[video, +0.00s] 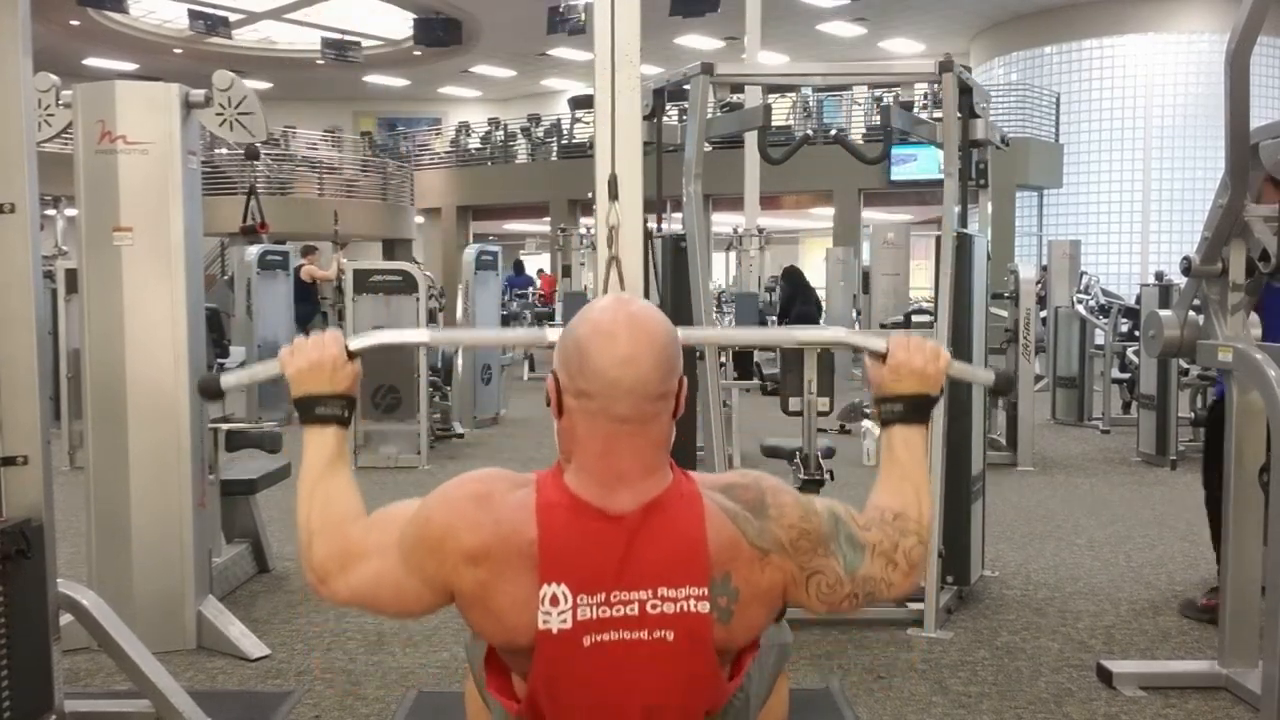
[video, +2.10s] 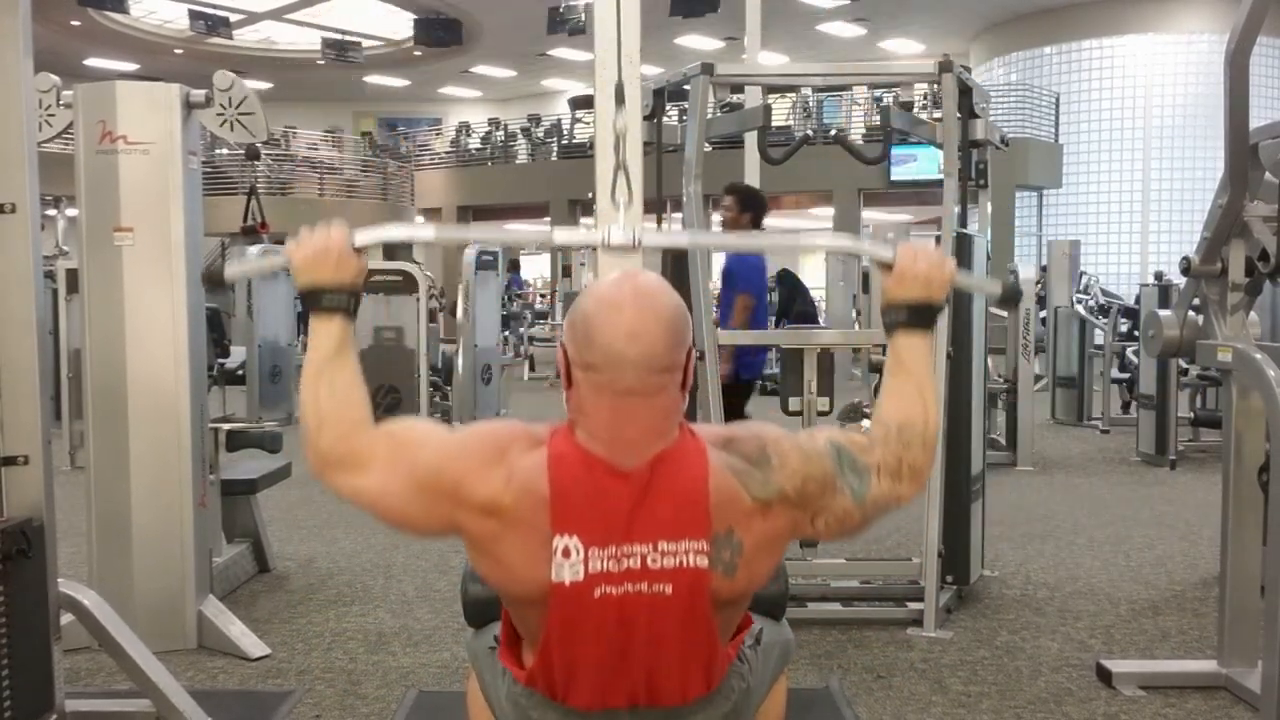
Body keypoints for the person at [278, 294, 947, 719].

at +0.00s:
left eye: (557, 369)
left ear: (555, 395)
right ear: (679, 397)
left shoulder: (479, 519)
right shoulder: (753, 519)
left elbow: (335, 565)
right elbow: (896, 561)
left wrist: (321, 412)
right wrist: (907, 413)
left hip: (532, 712)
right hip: (698, 710)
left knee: (484, 650)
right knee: (799, 674)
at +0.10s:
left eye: (559, 362)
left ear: (557, 383)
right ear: (679, 384)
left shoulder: (479, 502)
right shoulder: (754, 501)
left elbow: (333, 532)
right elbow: (897, 527)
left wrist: (323, 378)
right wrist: (909, 375)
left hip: (534, 707)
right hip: (707, 706)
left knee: (484, 628)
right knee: (772, 638)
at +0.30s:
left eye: (561, 332)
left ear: (558, 354)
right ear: (677, 355)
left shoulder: (486, 460)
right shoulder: (748, 459)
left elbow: (332, 450)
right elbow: (897, 438)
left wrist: (326, 302)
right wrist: (907, 298)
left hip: (547, 701)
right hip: (700, 699)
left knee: (488, 605)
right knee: (769, 638)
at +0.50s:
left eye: (560, 303)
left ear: (559, 325)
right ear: (674, 325)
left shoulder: (490, 417)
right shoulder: (749, 416)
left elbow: (340, 375)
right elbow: (888, 364)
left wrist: (329, 224)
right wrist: (902, 216)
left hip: (546, 695)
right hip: (708, 692)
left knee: (484, 662)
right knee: (771, 648)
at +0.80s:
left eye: (566, 277)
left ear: (566, 299)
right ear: (673, 297)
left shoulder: (506, 370)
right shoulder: (737, 372)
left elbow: (373, 283)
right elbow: (860, 280)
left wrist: (343, 133)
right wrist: (890, 133)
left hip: (553, 690)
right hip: (700, 688)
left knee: (488, 658)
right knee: (767, 650)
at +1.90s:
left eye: (566, 311)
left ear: (569, 331)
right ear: (684, 330)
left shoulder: (503, 411)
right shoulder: (754, 411)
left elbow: (360, 351)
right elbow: (888, 355)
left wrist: (333, 199)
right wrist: (908, 207)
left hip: (552, 691)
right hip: (710, 688)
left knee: (486, 660)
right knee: (770, 642)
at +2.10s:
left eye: (567, 344)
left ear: (566, 368)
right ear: (686, 369)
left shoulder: (495, 473)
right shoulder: (756, 474)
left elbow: (340, 452)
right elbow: (901, 465)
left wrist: (327, 305)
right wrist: (914, 319)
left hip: (546, 696)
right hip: (708, 694)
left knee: (492, 615)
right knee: (770, 639)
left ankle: (480, 708)